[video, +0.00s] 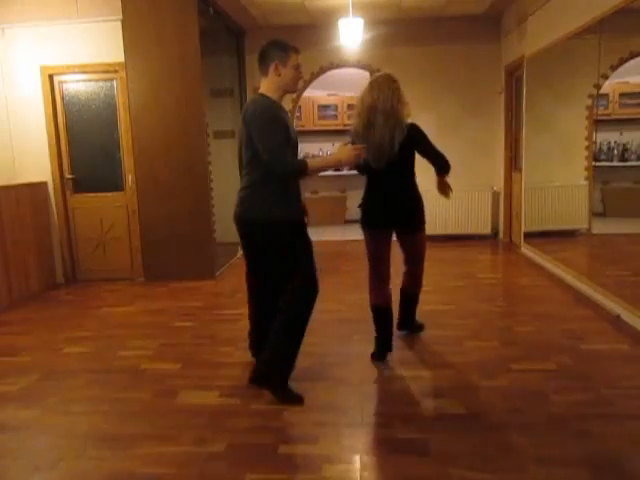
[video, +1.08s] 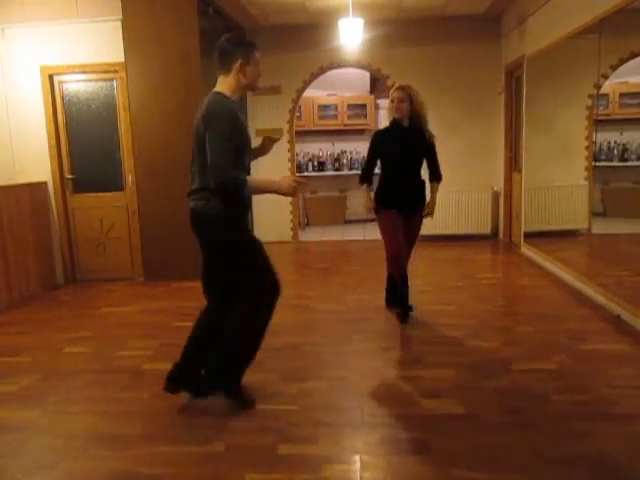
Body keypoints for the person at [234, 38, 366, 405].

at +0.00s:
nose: (300, 76)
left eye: (300, 69)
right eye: (295, 68)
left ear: (271, 70)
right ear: (274, 69)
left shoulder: (263, 109)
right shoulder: (265, 111)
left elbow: (284, 167)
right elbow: (283, 167)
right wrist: (332, 160)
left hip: (263, 217)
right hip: (273, 218)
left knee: (266, 289)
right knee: (302, 288)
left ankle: (265, 364)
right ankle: (275, 373)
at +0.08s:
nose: (300, 76)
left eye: (301, 68)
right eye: (297, 68)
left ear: (272, 67)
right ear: (279, 66)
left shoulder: (261, 106)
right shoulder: (266, 109)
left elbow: (281, 165)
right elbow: (286, 167)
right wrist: (335, 160)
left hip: (260, 216)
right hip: (274, 218)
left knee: (266, 288)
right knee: (299, 292)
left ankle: (264, 364)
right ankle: (271, 376)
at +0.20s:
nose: (301, 71)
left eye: (301, 64)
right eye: (298, 64)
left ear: (274, 62)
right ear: (281, 62)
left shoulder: (262, 101)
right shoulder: (262, 104)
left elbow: (275, 162)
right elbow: (275, 164)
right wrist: (327, 167)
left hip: (264, 217)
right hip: (270, 219)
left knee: (273, 290)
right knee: (293, 295)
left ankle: (244, 342)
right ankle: (269, 377)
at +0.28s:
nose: (300, 71)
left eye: (300, 64)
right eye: (297, 63)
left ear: (275, 62)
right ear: (280, 62)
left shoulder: (268, 103)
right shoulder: (257, 103)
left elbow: (277, 164)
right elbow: (267, 166)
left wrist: (318, 168)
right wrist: (323, 172)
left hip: (277, 220)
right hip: (261, 221)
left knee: (295, 295)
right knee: (278, 297)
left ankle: (268, 376)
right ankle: (231, 349)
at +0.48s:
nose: (294, 73)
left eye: (294, 65)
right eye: (292, 65)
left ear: (267, 60)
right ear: (275, 61)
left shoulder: (260, 104)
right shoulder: (246, 102)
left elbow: (264, 168)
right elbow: (239, 169)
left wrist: (302, 164)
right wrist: (293, 186)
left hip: (263, 223)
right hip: (244, 225)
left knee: (285, 301)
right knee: (254, 309)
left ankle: (272, 393)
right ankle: (210, 401)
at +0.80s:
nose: (272, 72)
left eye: (271, 64)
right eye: (270, 64)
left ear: (244, 60)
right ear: (257, 62)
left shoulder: (229, 100)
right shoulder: (233, 104)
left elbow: (231, 171)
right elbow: (235, 175)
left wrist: (268, 165)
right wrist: (286, 190)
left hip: (222, 216)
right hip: (221, 220)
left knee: (269, 279)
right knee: (225, 309)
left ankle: (229, 359)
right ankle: (198, 417)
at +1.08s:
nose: (258, 74)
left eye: (257, 67)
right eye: (255, 66)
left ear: (231, 66)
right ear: (240, 66)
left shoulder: (220, 105)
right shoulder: (221, 109)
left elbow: (226, 166)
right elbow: (224, 177)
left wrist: (257, 151)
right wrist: (274, 185)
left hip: (212, 211)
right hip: (218, 214)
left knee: (226, 295)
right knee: (264, 288)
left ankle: (187, 372)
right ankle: (226, 376)